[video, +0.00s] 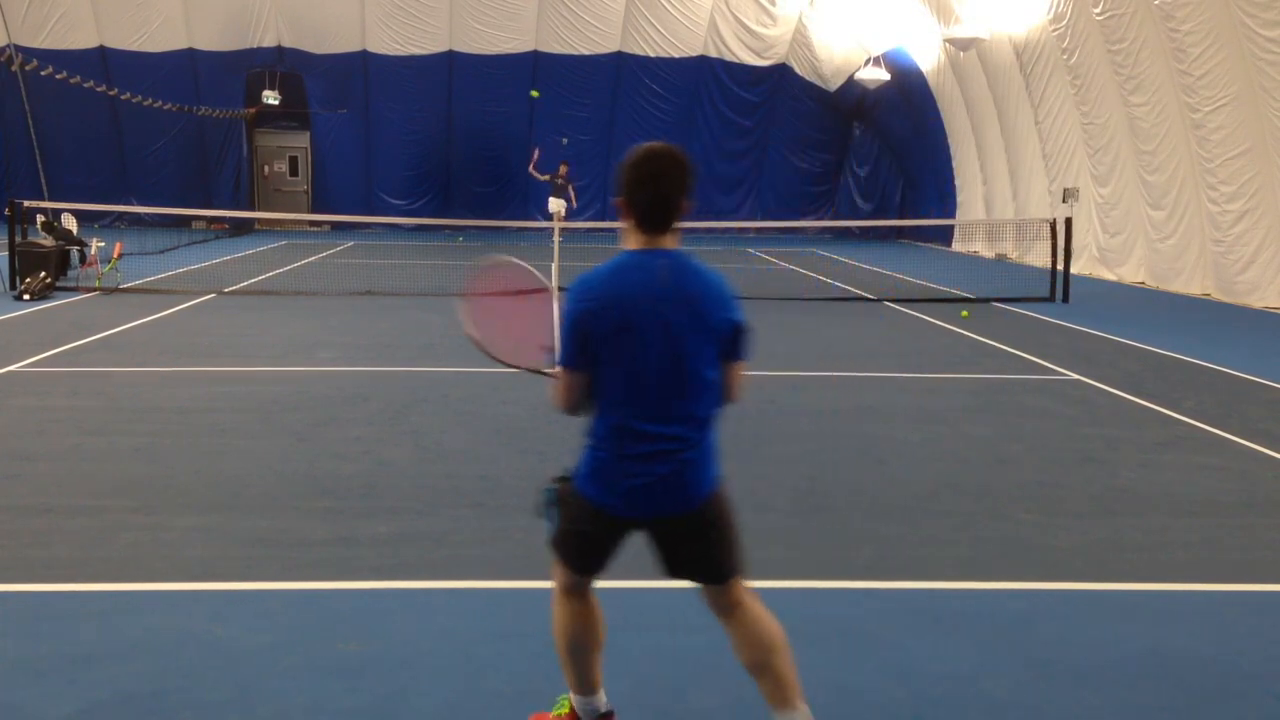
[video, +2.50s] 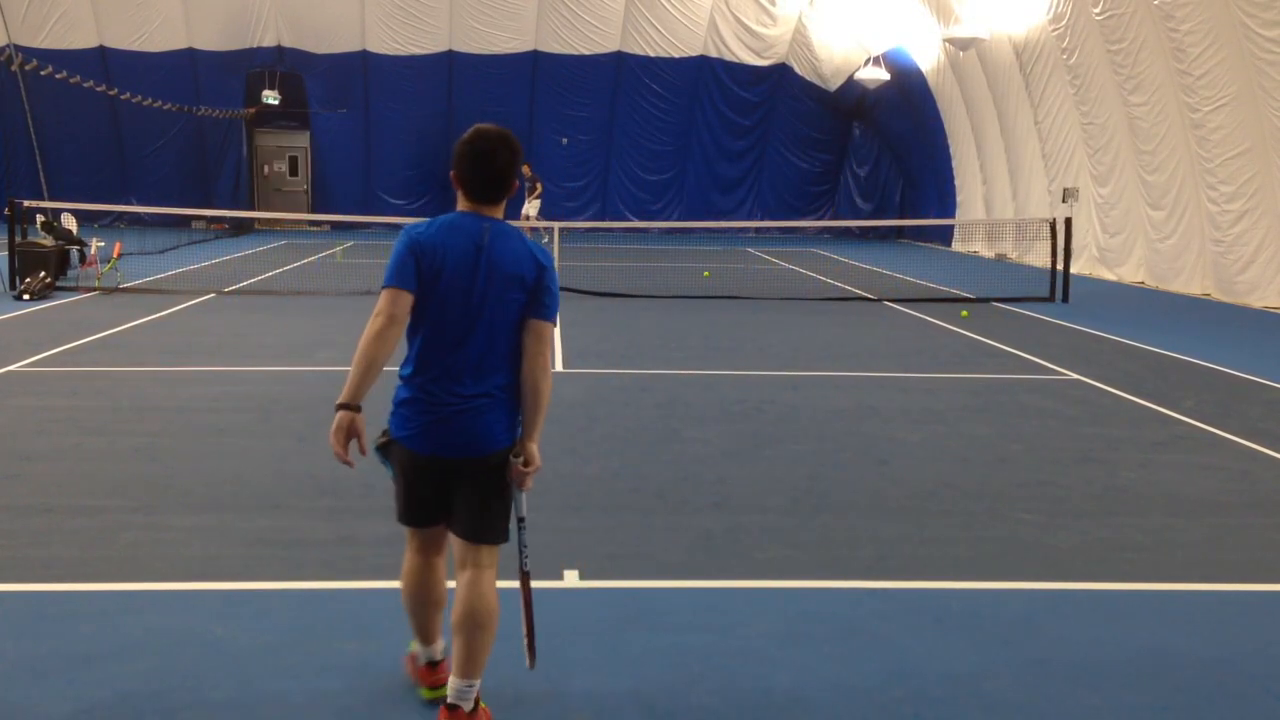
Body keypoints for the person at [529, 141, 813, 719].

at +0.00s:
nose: (624, 205)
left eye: (622, 197)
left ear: (621, 206)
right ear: (683, 208)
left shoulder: (591, 291)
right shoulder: (711, 289)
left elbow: (569, 397)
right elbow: (730, 388)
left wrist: (596, 365)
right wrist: (669, 372)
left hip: (608, 481)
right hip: (689, 483)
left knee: (571, 584)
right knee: (732, 597)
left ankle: (589, 707)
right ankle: (795, 711)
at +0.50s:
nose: (383, 210)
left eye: (385, 201)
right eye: (390, 200)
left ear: (390, 210)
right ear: (449, 208)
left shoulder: (424, 288)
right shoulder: (451, 277)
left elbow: (364, 384)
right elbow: (394, 387)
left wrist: (299, 368)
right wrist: (320, 415)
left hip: (427, 475)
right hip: (451, 468)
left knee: (339, 606)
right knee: (387, 576)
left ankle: (355, 714)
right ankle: (504, 649)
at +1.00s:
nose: (252, 198)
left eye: (252, 187)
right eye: (252, 188)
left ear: (263, 192)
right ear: (316, 186)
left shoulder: (302, 255)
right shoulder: (337, 248)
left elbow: (314, 332)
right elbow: (320, 347)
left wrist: (252, 396)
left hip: (286, 441)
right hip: (304, 435)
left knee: (236, 589)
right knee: (259, 563)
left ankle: (333, 705)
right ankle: (279, 682)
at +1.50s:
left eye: (246, 179)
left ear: (249, 191)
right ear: (315, 181)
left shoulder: (256, 254)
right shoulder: (365, 232)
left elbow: (251, 338)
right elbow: (442, 286)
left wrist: (222, 443)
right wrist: (504, 334)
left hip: (317, 448)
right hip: (383, 441)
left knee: (330, 593)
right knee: (348, 565)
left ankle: (347, 713)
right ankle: (346, 683)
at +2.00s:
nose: (368, 176)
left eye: (370, 170)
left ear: (370, 181)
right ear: (434, 183)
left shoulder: (341, 248)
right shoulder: (464, 258)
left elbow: (301, 340)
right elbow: (475, 358)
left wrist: (325, 357)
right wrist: (476, 440)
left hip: (361, 453)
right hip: (433, 454)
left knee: (354, 586)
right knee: (448, 580)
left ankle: (347, 712)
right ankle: (456, 705)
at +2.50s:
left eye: (459, 169)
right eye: (516, 175)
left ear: (454, 179)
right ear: (517, 185)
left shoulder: (420, 241)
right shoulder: (533, 260)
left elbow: (389, 318)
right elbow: (539, 357)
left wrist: (349, 401)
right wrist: (529, 436)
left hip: (419, 430)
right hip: (491, 436)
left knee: (424, 543)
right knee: (477, 565)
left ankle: (429, 660)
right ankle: (462, 700)